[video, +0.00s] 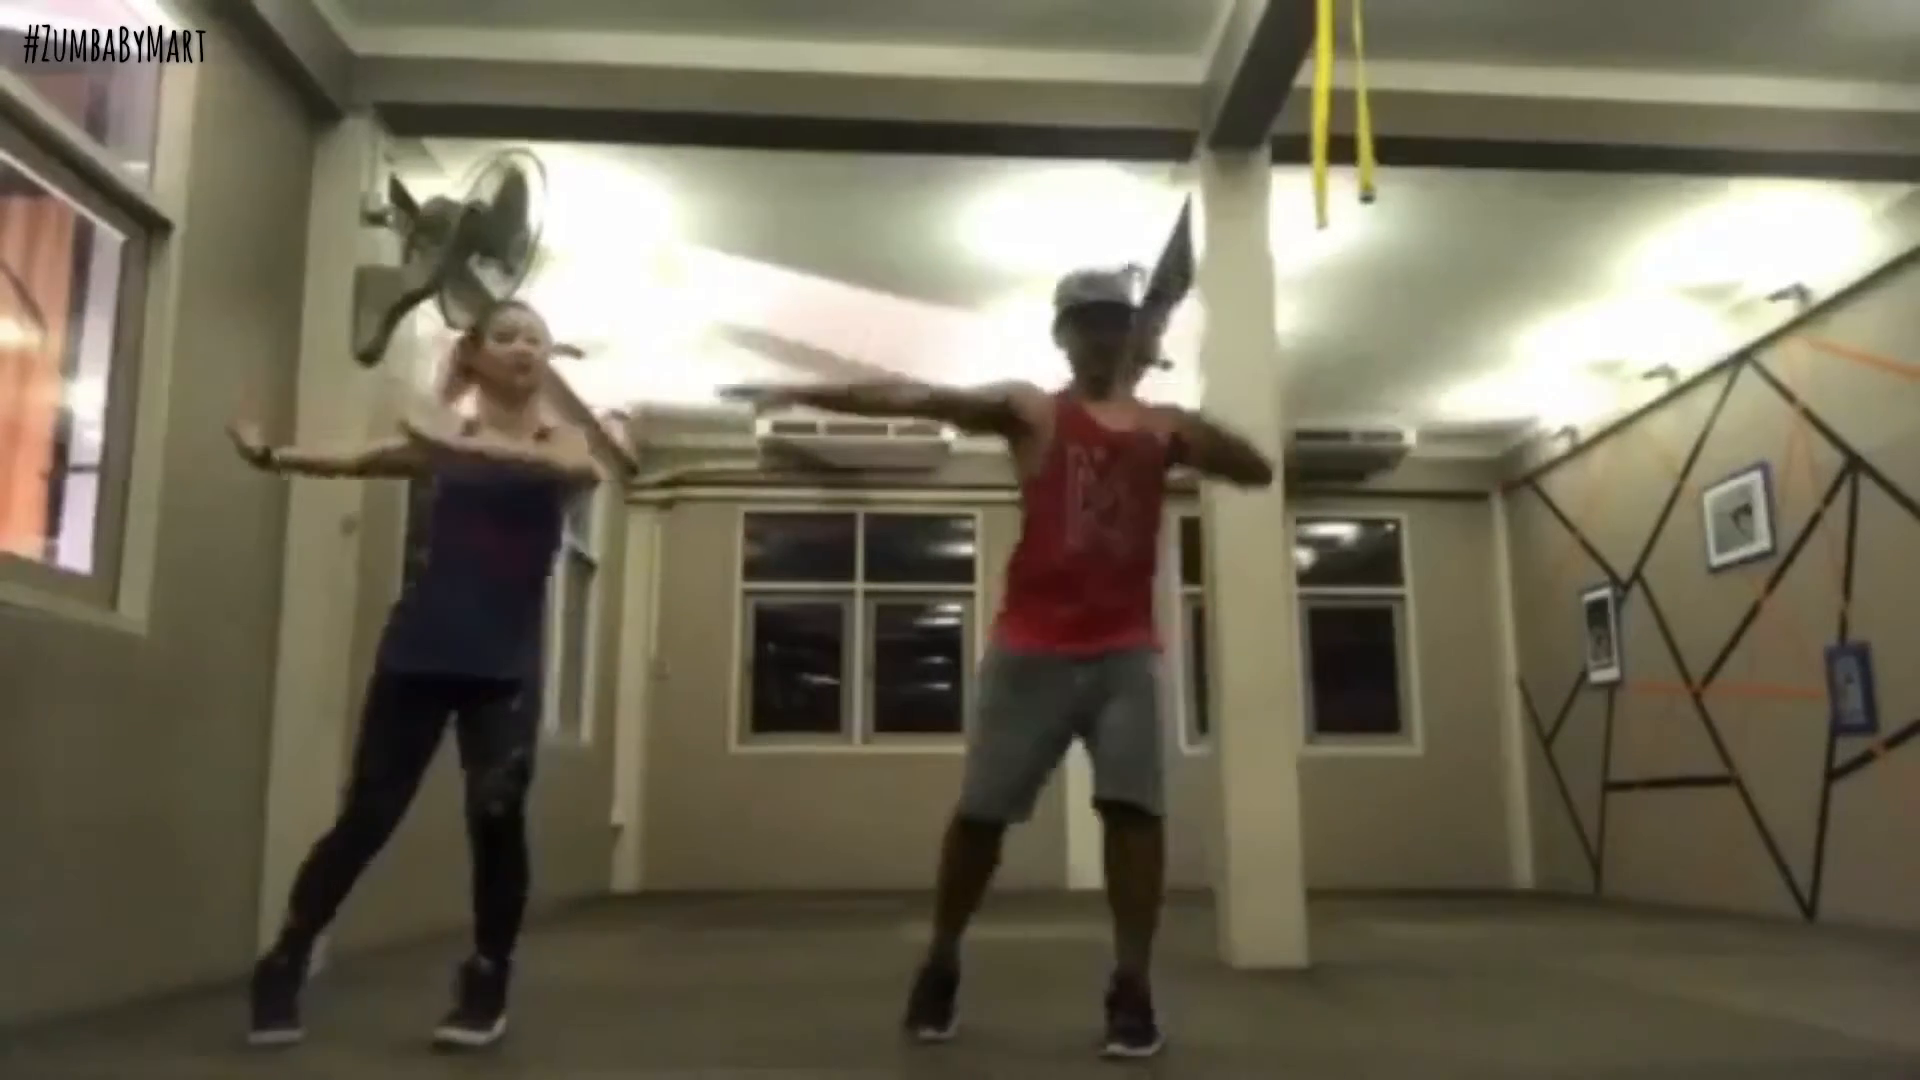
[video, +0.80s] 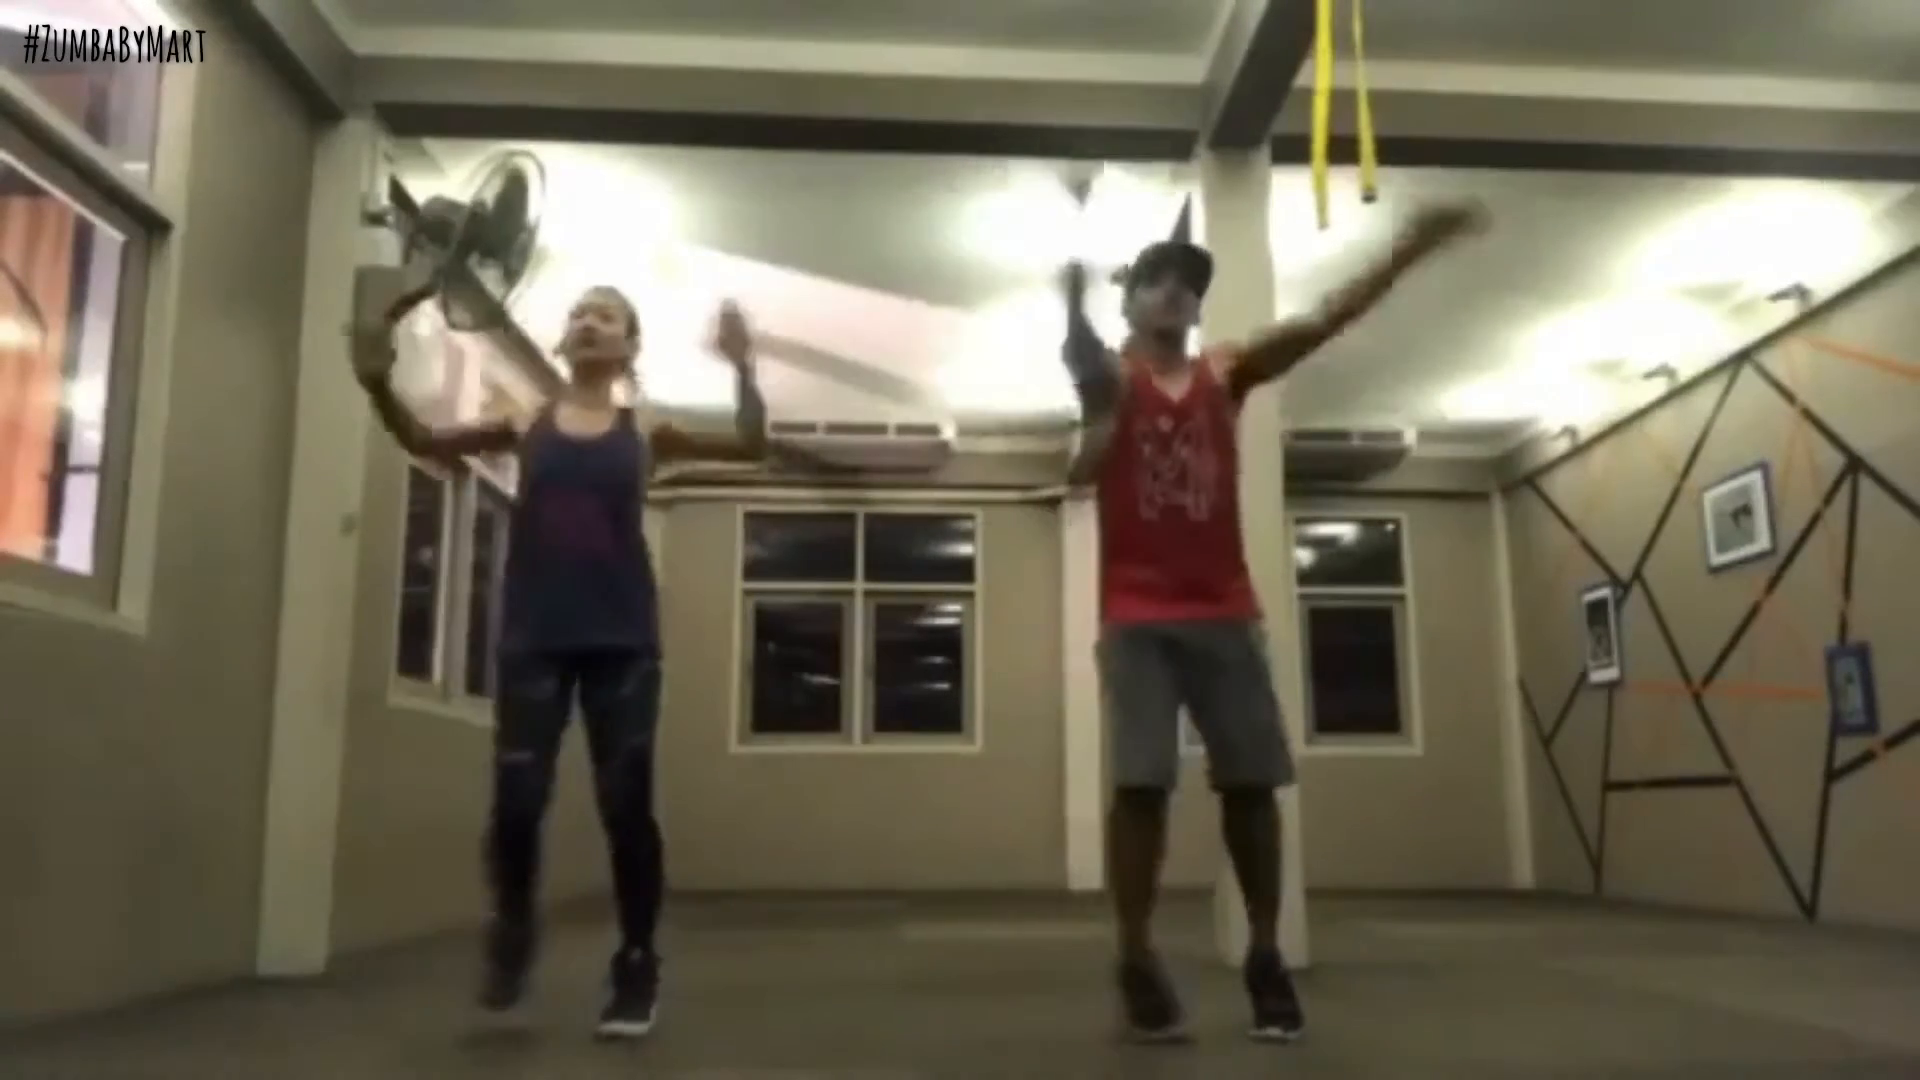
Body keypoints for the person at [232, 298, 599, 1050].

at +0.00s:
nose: (524, 352)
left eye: (535, 341)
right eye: (507, 339)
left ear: (548, 362)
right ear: (473, 357)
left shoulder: (561, 450)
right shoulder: (447, 443)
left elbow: (588, 467)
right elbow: (357, 462)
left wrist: (553, 377)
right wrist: (273, 457)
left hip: (505, 662)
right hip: (419, 652)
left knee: (498, 822)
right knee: (369, 817)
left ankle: (486, 988)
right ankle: (282, 968)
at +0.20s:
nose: (497, 343)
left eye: (512, 332)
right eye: (484, 329)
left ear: (531, 351)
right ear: (456, 343)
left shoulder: (541, 434)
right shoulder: (421, 422)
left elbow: (635, 459)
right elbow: (300, 429)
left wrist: (561, 383)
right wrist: (224, 376)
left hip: (493, 650)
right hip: (403, 643)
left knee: (514, 805)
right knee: (350, 807)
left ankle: (517, 960)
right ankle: (286, 965)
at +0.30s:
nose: (498, 340)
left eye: (513, 331)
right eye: (486, 327)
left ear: (535, 351)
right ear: (459, 341)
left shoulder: (546, 432)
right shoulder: (425, 421)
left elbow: (638, 470)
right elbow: (313, 429)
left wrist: (688, 435)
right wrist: (337, 355)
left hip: (504, 646)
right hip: (414, 640)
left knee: (514, 799)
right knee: (358, 805)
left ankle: (568, 935)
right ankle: (287, 963)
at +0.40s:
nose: (507, 347)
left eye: (523, 338)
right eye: (498, 334)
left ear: (548, 359)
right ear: (478, 349)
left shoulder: (562, 444)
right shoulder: (446, 436)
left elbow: (658, 487)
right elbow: (367, 465)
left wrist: (758, 479)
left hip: (526, 660)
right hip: (436, 655)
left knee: (532, 820)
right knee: (368, 814)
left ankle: (620, 969)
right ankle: (287, 972)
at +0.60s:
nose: (549, 344)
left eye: (567, 335)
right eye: (540, 336)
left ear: (598, 362)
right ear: (525, 357)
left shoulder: (618, 447)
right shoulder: (500, 442)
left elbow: (685, 485)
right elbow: (391, 462)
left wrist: (769, 476)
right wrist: (454, 433)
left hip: (598, 659)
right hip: (511, 657)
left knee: (597, 826)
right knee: (428, 815)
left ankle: (629, 982)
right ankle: (331, 959)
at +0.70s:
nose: (571, 330)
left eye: (589, 323)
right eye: (562, 323)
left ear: (619, 351)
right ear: (548, 349)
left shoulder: (635, 435)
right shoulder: (514, 430)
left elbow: (735, 458)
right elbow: (400, 435)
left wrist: (789, 394)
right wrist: (396, 372)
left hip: (614, 646)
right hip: (526, 643)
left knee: (618, 814)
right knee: (465, 803)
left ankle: (632, 973)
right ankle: (428, 933)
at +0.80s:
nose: (586, 325)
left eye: (603, 318)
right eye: (579, 315)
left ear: (630, 346)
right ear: (562, 338)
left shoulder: (647, 433)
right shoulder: (531, 424)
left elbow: (750, 444)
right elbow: (423, 441)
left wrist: (743, 364)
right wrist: (378, 384)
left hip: (621, 638)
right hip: (534, 638)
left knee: (627, 808)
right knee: (516, 805)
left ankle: (637, 971)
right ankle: (508, 957)